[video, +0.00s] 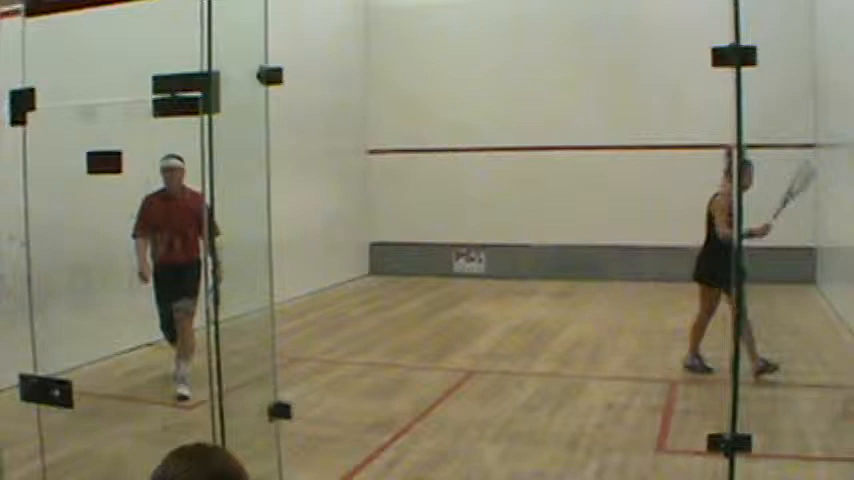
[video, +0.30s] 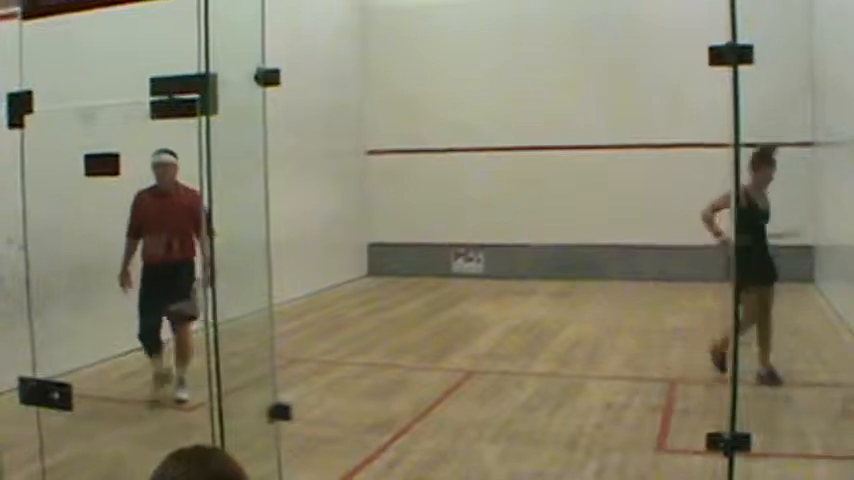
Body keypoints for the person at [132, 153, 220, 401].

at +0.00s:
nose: (171, 177)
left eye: (176, 171)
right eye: (167, 172)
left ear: (184, 173)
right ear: (161, 175)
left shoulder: (196, 201)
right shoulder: (151, 203)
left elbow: (209, 235)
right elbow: (141, 235)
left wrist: (214, 265)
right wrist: (143, 264)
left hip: (190, 264)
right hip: (163, 266)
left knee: (184, 316)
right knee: (168, 324)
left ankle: (183, 375)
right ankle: (183, 352)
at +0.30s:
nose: (162, 173)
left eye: (167, 167)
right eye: (158, 168)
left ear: (177, 169)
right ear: (153, 170)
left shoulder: (192, 200)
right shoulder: (143, 199)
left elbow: (204, 235)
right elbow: (133, 236)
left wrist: (208, 266)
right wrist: (125, 267)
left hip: (181, 267)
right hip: (153, 269)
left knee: (181, 325)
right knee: (147, 331)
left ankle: (181, 380)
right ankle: (160, 370)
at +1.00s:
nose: (130, 182)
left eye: (135, 176)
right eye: (125, 177)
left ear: (144, 177)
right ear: (118, 178)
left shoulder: (160, 209)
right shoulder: (105, 210)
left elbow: (174, 251)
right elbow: (89, 246)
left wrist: (184, 287)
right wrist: (74, 270)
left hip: (152, 290)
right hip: (119, 291)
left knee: (149, 353)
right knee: (126, 355)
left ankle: (153, 413)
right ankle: (139, 409)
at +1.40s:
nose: (126, 179)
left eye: (133, 173)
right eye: (122, 172)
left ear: (145, 174)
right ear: (115, 174)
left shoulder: (160, 210)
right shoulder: (100, 210)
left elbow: (177, 256)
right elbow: (90, 258)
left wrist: (182, 295)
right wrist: (84, 296)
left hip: (148, 301)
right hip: (110, 302)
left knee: (146, 373)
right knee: (107, 376)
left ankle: (146, 441)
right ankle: (115, 447)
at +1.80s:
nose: (119, 183)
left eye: (126, 177)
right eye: (114, 176)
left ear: (137, 178)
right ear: (103, 178)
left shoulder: (152, 216)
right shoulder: (86, 221)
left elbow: (168, 266)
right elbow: (58, 269)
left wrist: (174, 300)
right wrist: (32, 306)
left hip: (143, 318)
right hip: (102, 320)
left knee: (149, 396)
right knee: (107, 399)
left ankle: (147, 459)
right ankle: (116, 472)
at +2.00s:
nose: (128, 181)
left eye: (136, 175)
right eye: (122, 174)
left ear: (147, 178)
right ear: (110, 174)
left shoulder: (159, 219)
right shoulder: (88, 219)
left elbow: (175, 272)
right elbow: (39, 258)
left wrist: (187, 300)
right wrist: (5, 266)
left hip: (149, 328)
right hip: (105, 330)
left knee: (156, 413)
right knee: (108, 415)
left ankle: (162, 475)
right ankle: (116, 473)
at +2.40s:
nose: (169, 195)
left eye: (174, 188)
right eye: (162, 185)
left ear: (180, 187)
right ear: (143, 179)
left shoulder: (183, 225)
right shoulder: (107, 221)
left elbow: (194, 284)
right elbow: (66, 263)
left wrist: (212, 317)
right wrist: (28, 258)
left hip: (173, 338)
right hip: (126, 342)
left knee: (178, 435)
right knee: (136, 445)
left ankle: (177, 479)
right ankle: (121, 476)